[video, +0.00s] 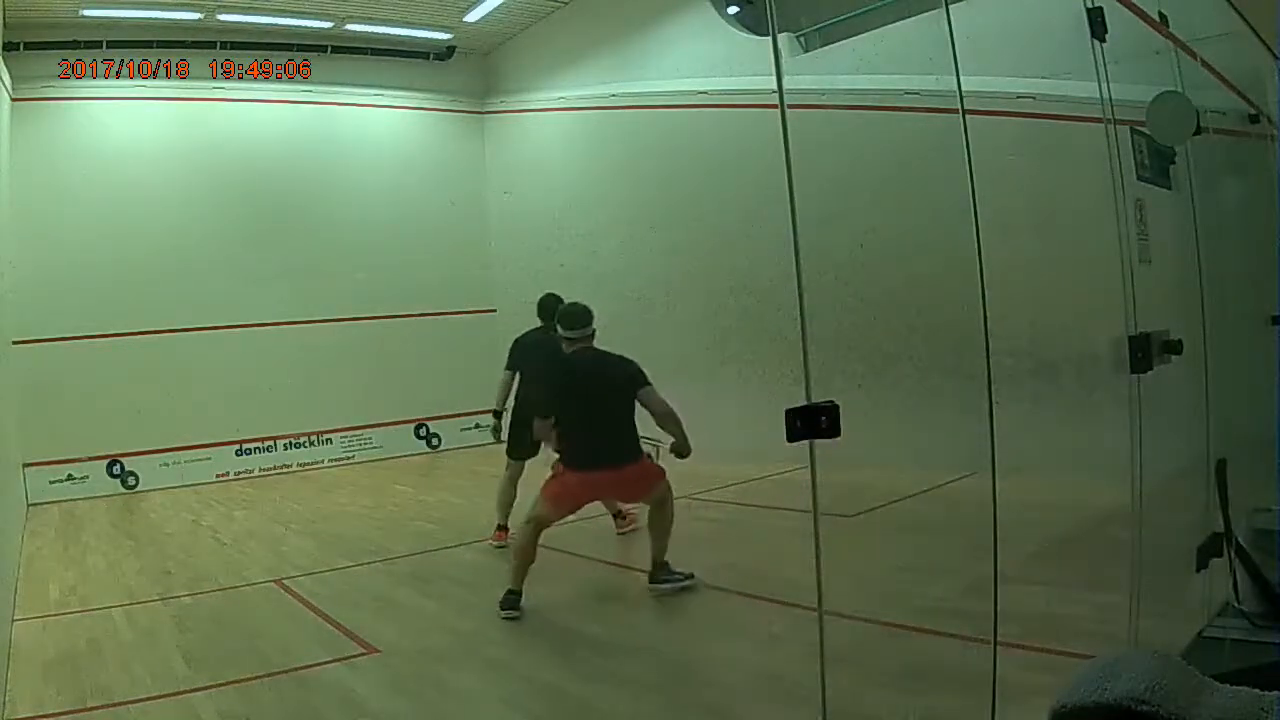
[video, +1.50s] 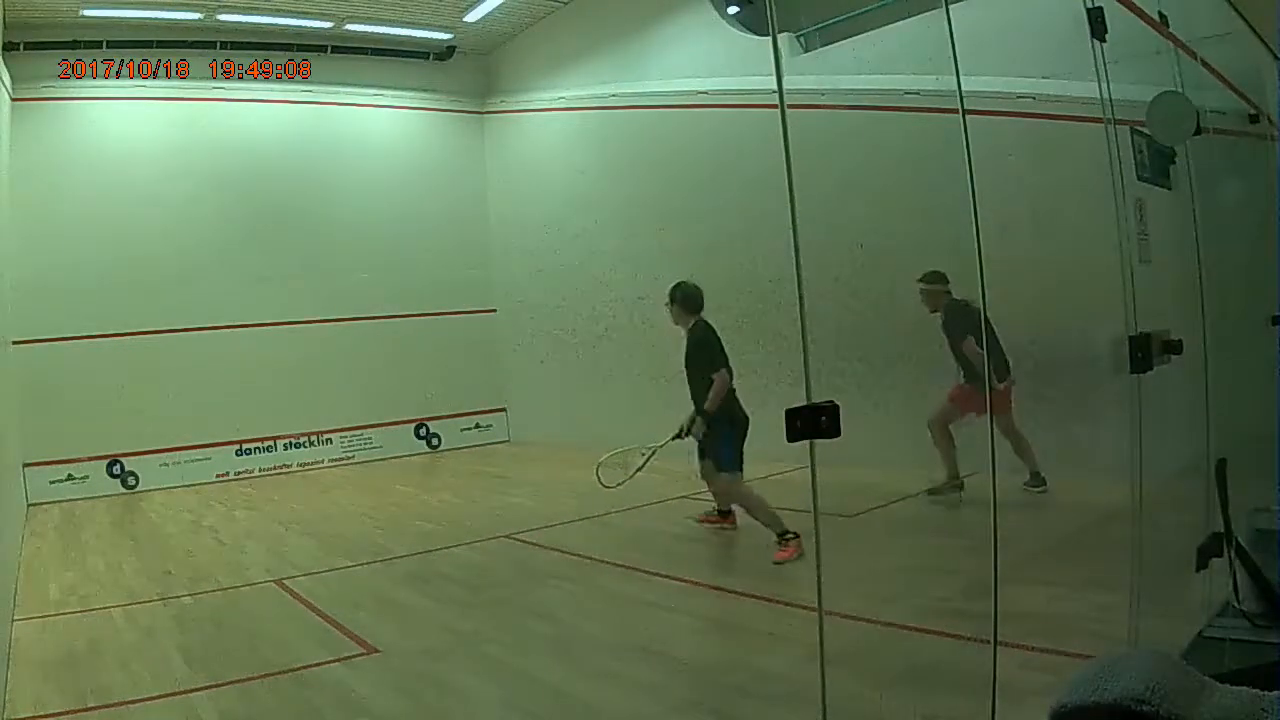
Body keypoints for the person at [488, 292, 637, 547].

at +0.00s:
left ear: (538, 315)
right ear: (560, 315)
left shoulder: (522, 342)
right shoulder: (569, 340)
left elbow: (506, 382)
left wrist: (496, 415)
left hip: (525, 416)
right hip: (563, 416)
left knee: (512, 472)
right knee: (583, 461)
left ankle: (501, 528)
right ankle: (618, 515)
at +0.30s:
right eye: (526, 299)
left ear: (506, 303)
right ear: (530, 302)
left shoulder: (495, 334)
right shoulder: (546, 332)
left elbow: (485, 378)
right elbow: (558, 375)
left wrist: (483, 409)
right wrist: (561, 405)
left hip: (512, 412)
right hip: (544, 410)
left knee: (504, 470)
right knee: (555, 463)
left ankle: (499, 529)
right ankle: (569, 518)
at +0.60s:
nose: (556, 313)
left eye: (555, 309)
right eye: (555, 309)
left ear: (528, 313)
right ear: (549, 311)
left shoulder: (511, 341)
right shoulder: (563, 341)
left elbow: (500, 383)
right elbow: (576, 384)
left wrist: (494, 415)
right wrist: (568, 409)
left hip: (527, 417)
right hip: (561, 416)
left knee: (511, 471)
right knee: (580, 463)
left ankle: (500, 529)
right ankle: (604, 514)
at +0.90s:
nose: (618, 312)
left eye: (615, 308)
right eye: (616, 308)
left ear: (591, 312)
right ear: (613, 311)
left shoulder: (581, 339)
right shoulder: (627, 339)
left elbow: (570, 379)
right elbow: (645, 380)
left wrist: (555, 414)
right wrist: (632, 401)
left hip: (594, 413)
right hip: (625, 412)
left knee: (566, 465)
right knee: (623, 460)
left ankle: (559, 526)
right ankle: (633, 516)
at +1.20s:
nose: (639, 293)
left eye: (638, 289)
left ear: (638, 290)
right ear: (662, 289)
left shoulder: (635, 321)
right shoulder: (677, 318)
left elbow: (632, 362)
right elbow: (697, 357)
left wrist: (611, 383)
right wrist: (684, 381)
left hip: (660, 395)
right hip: (685, 390)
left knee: (660, 460)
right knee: (682, 454)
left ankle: (695, 512)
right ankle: (715, 505)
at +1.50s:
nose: (669, 311)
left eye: (670, 305)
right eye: (669, 305)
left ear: (680, 307)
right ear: (692, 306)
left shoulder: (703, 335)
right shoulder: (695, 335)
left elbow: (722, 379)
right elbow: (707, 383)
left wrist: (702, 417)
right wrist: (693, 418)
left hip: (727, 417)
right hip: (714, 417)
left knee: (731, 485)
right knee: (708, 471)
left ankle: (787, 537)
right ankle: (724, 513)